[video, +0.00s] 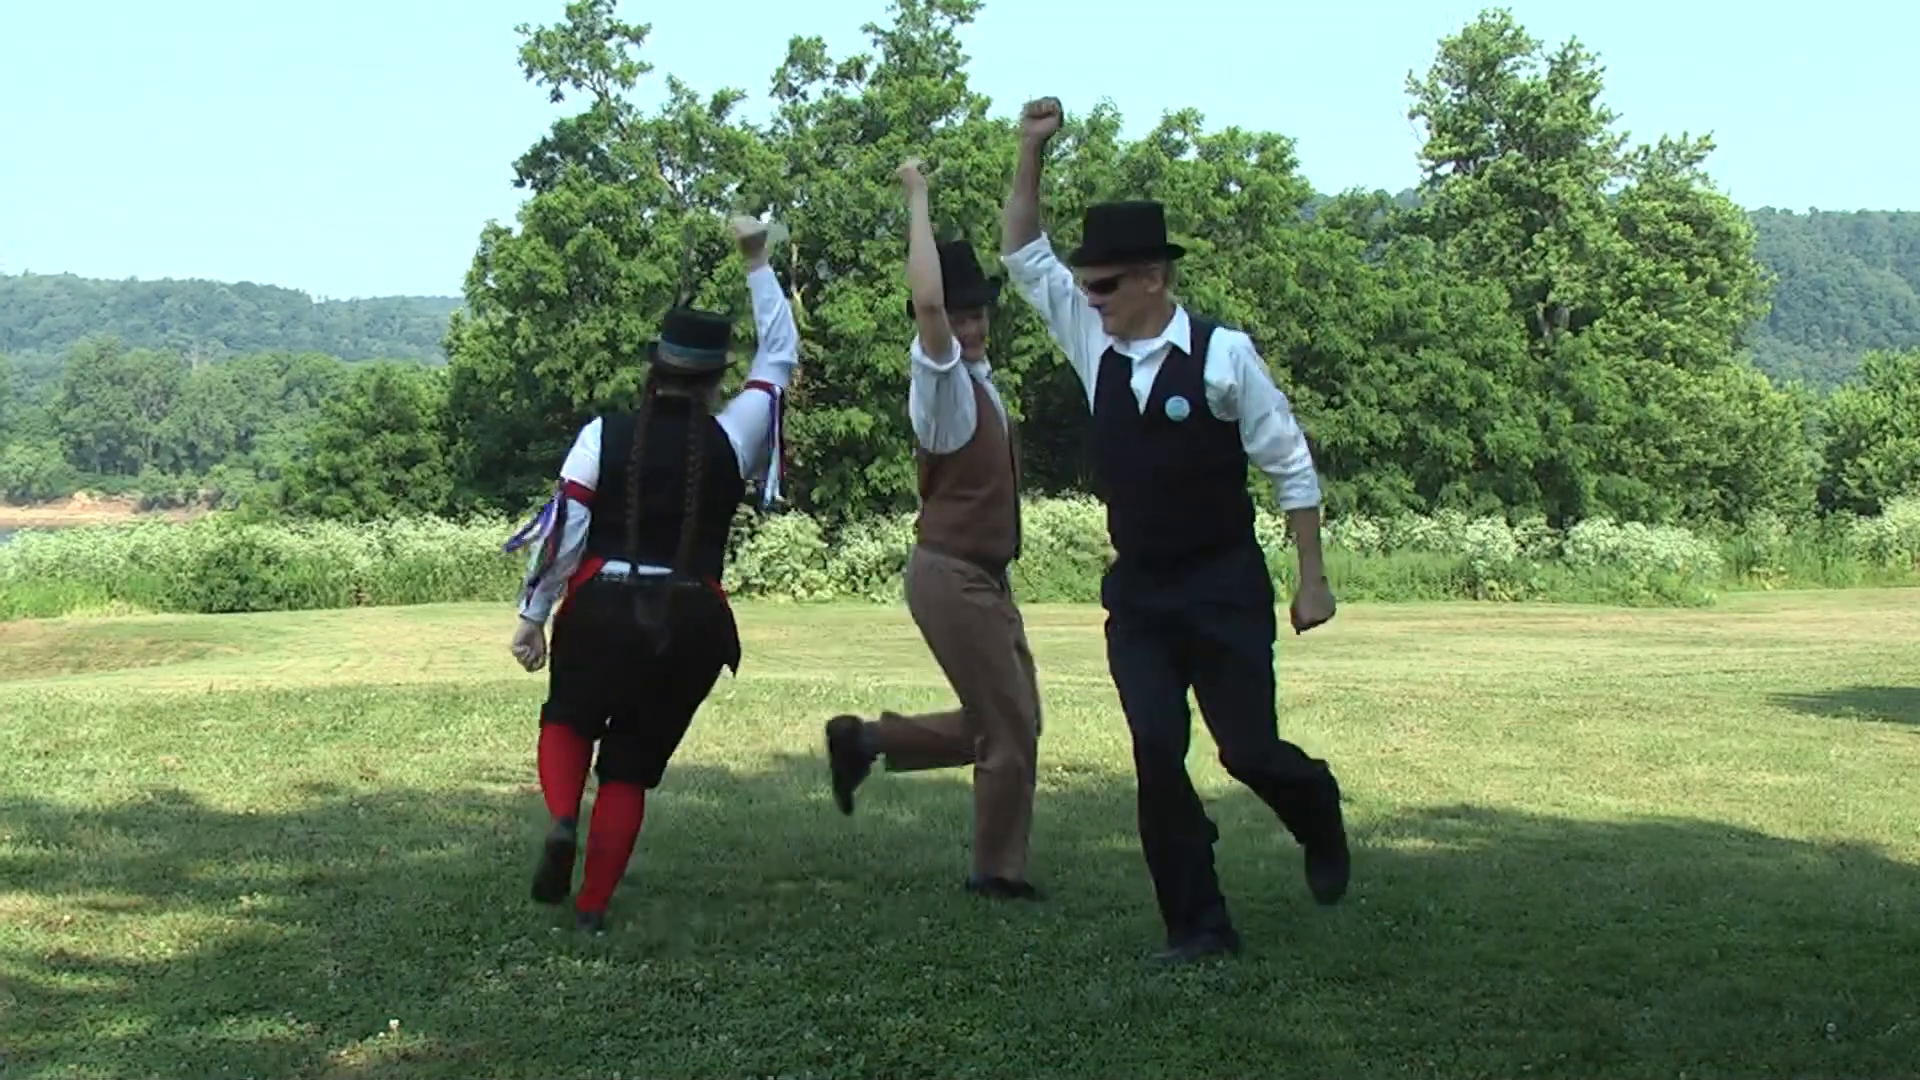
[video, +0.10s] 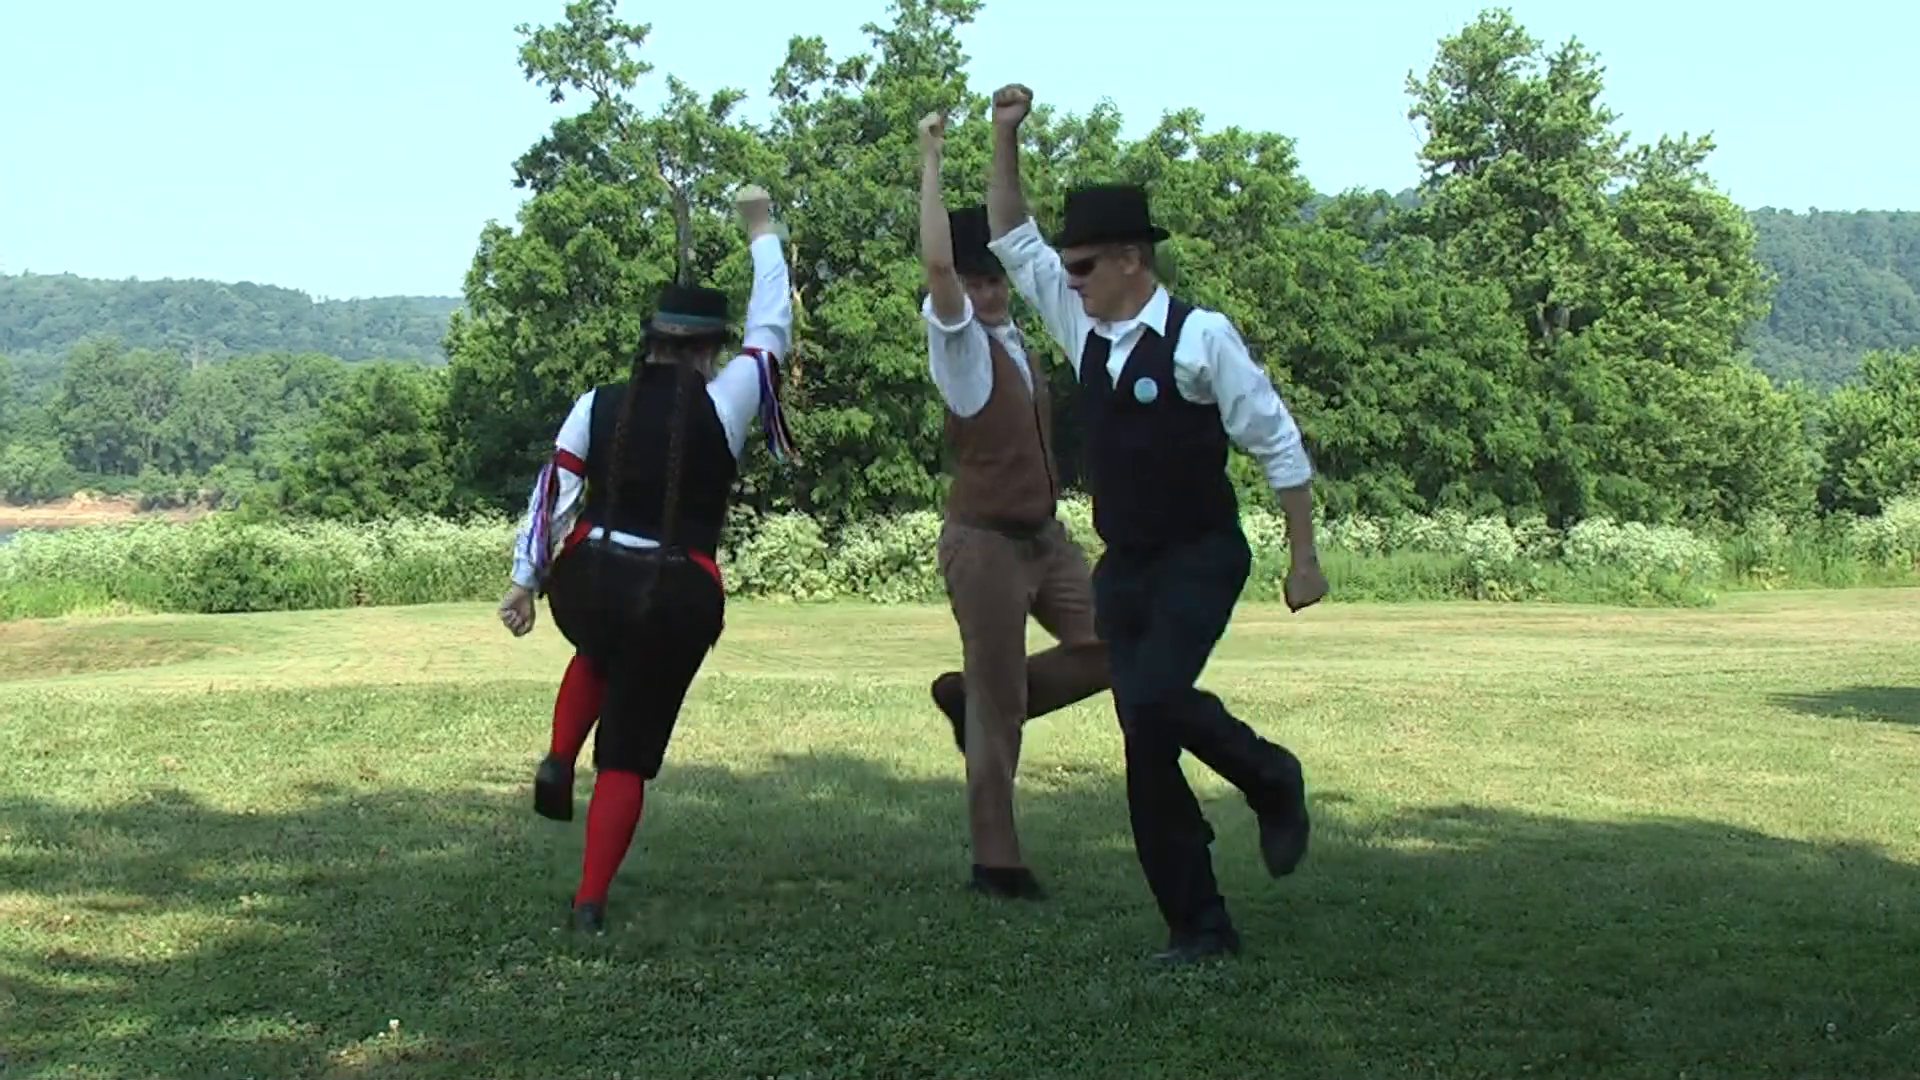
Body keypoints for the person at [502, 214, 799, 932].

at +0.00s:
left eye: (675, 362)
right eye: (708, 370)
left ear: (654, 371)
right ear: (713, 382)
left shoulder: (604, 434)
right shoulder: (731, 439)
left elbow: (564, 530)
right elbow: (779, 356)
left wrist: (532, 612)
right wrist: (759, 263)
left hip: (602, 613)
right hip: (692, 623)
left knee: (567, 716)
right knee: (633, 762)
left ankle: (562, 823)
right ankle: (591, 912)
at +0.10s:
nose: (718, 354)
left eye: (708, 344)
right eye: (714, 344)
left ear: (649, 344)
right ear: (710, 351)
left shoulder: (596, 406)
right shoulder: (727, 403)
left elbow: (550, 497)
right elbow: (770, 328)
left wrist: (524, 578)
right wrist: (764, 233)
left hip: (590, 581)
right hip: (680, 598)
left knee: (601, 647)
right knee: (629, 752)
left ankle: (558, 761)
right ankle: (591, 901)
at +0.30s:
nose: (724, 335)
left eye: (716, 324)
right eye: (723, 324)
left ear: (662, 323)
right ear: (715, 330)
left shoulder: (614, 377)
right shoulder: (721, 372)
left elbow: (563, 463)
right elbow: (762, 299)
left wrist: (538, 550)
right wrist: (770, 204)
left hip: (585, 555)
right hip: (664, 568)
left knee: (689, 642)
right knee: (628, 718)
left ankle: (600, 738)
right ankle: (571, 877)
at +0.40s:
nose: (737, 378)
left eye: (733, 367)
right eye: (734, 369)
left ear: (675, 365)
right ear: (716, 372)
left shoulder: (628, 424)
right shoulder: (714, 421)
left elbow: (590, 511)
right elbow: (760, 347)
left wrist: (570, 590)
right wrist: (762, 251)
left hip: (595, 584)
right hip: (654, 600)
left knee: (726, 668)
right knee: (626, 756)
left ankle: (642, 774)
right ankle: (555, 890)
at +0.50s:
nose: (761, 393)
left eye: (760, 384)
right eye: (754, 384)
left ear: (703, 383)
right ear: (731, 386)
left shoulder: (659, 440)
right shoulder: (729, 436)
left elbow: (631, 509)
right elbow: (790, 369)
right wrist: (811, 279)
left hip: (617, 599)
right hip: (658, 615)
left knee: (758, 664)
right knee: (641, 777)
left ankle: (722, 799)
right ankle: (555, 891)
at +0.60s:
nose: (794, 375)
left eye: (794, 363)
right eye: (785, 363)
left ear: (739, 367)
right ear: (750, 367)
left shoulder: (700, 419)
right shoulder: (755, 411)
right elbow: (836, 382)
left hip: (669, 582)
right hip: (702, 592)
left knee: (805, 653)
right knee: (662, 751)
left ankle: (796, 793)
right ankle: (567, 880)